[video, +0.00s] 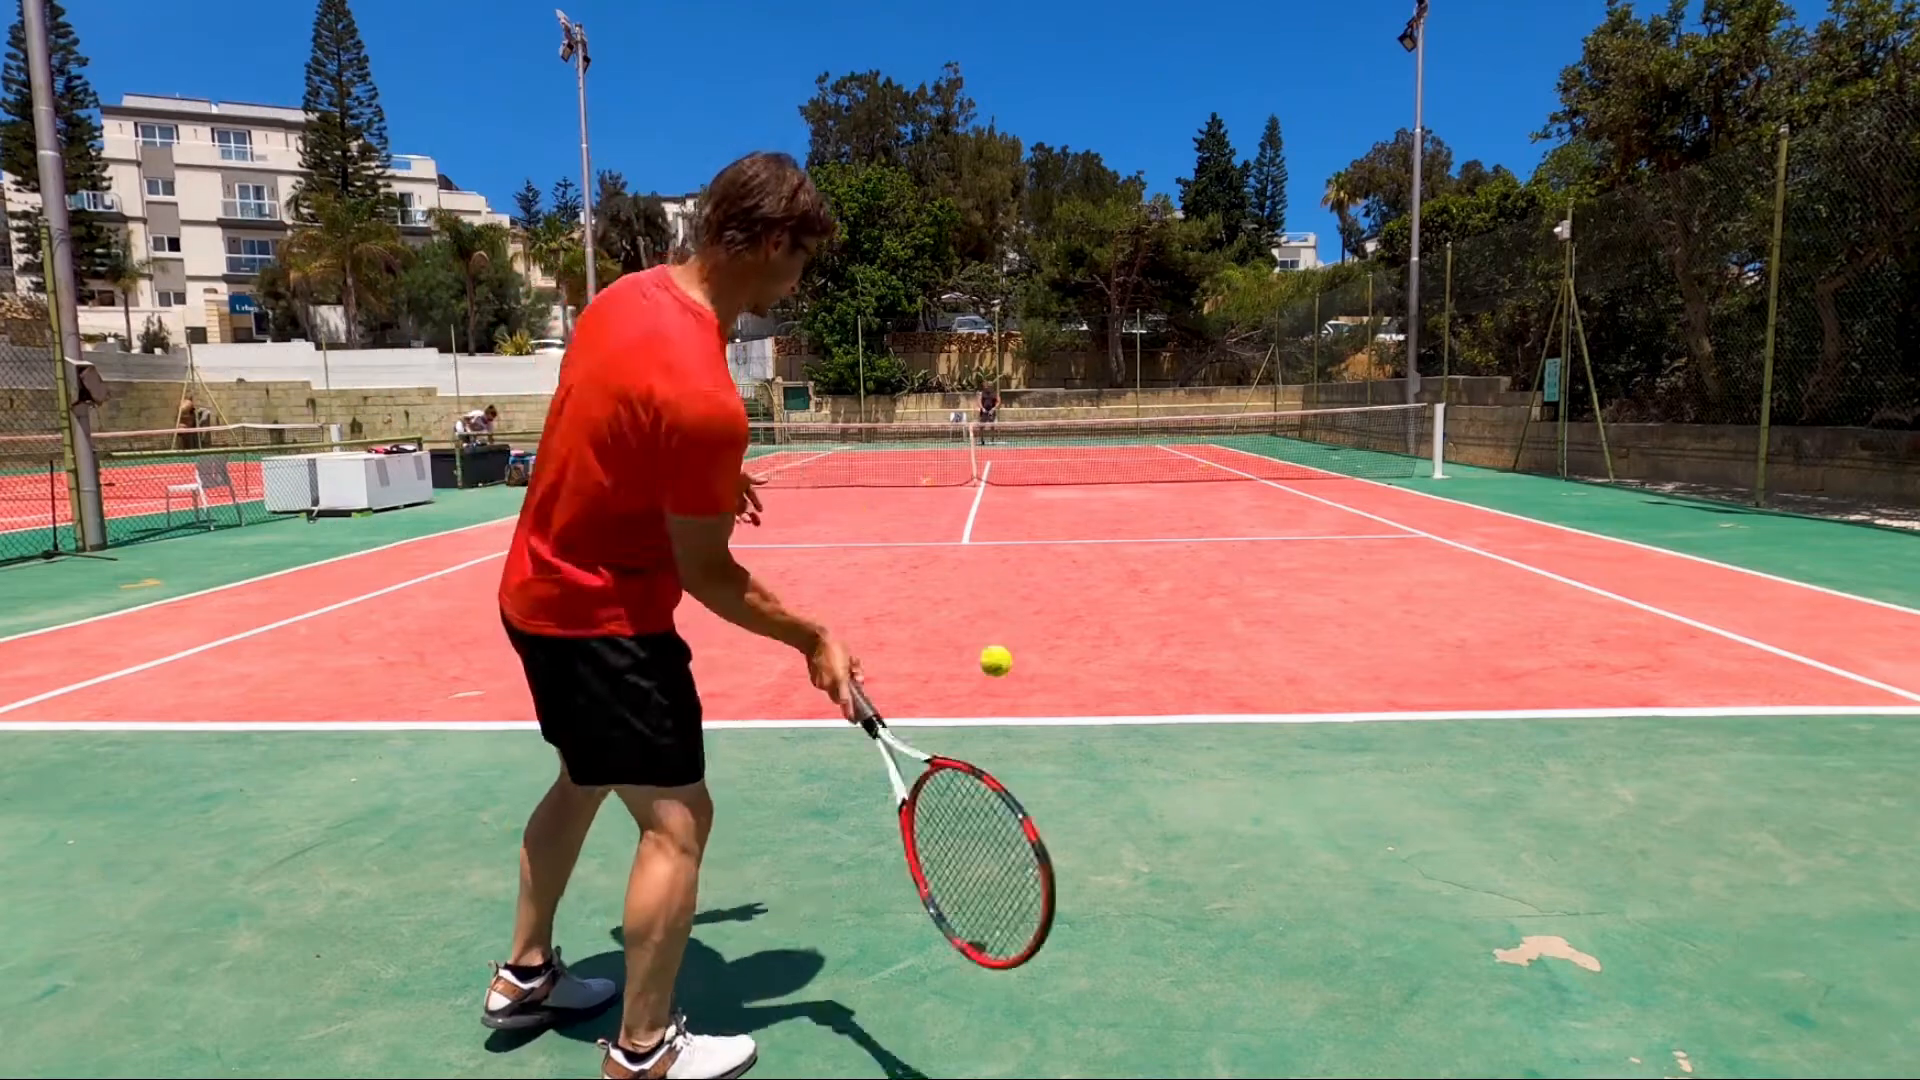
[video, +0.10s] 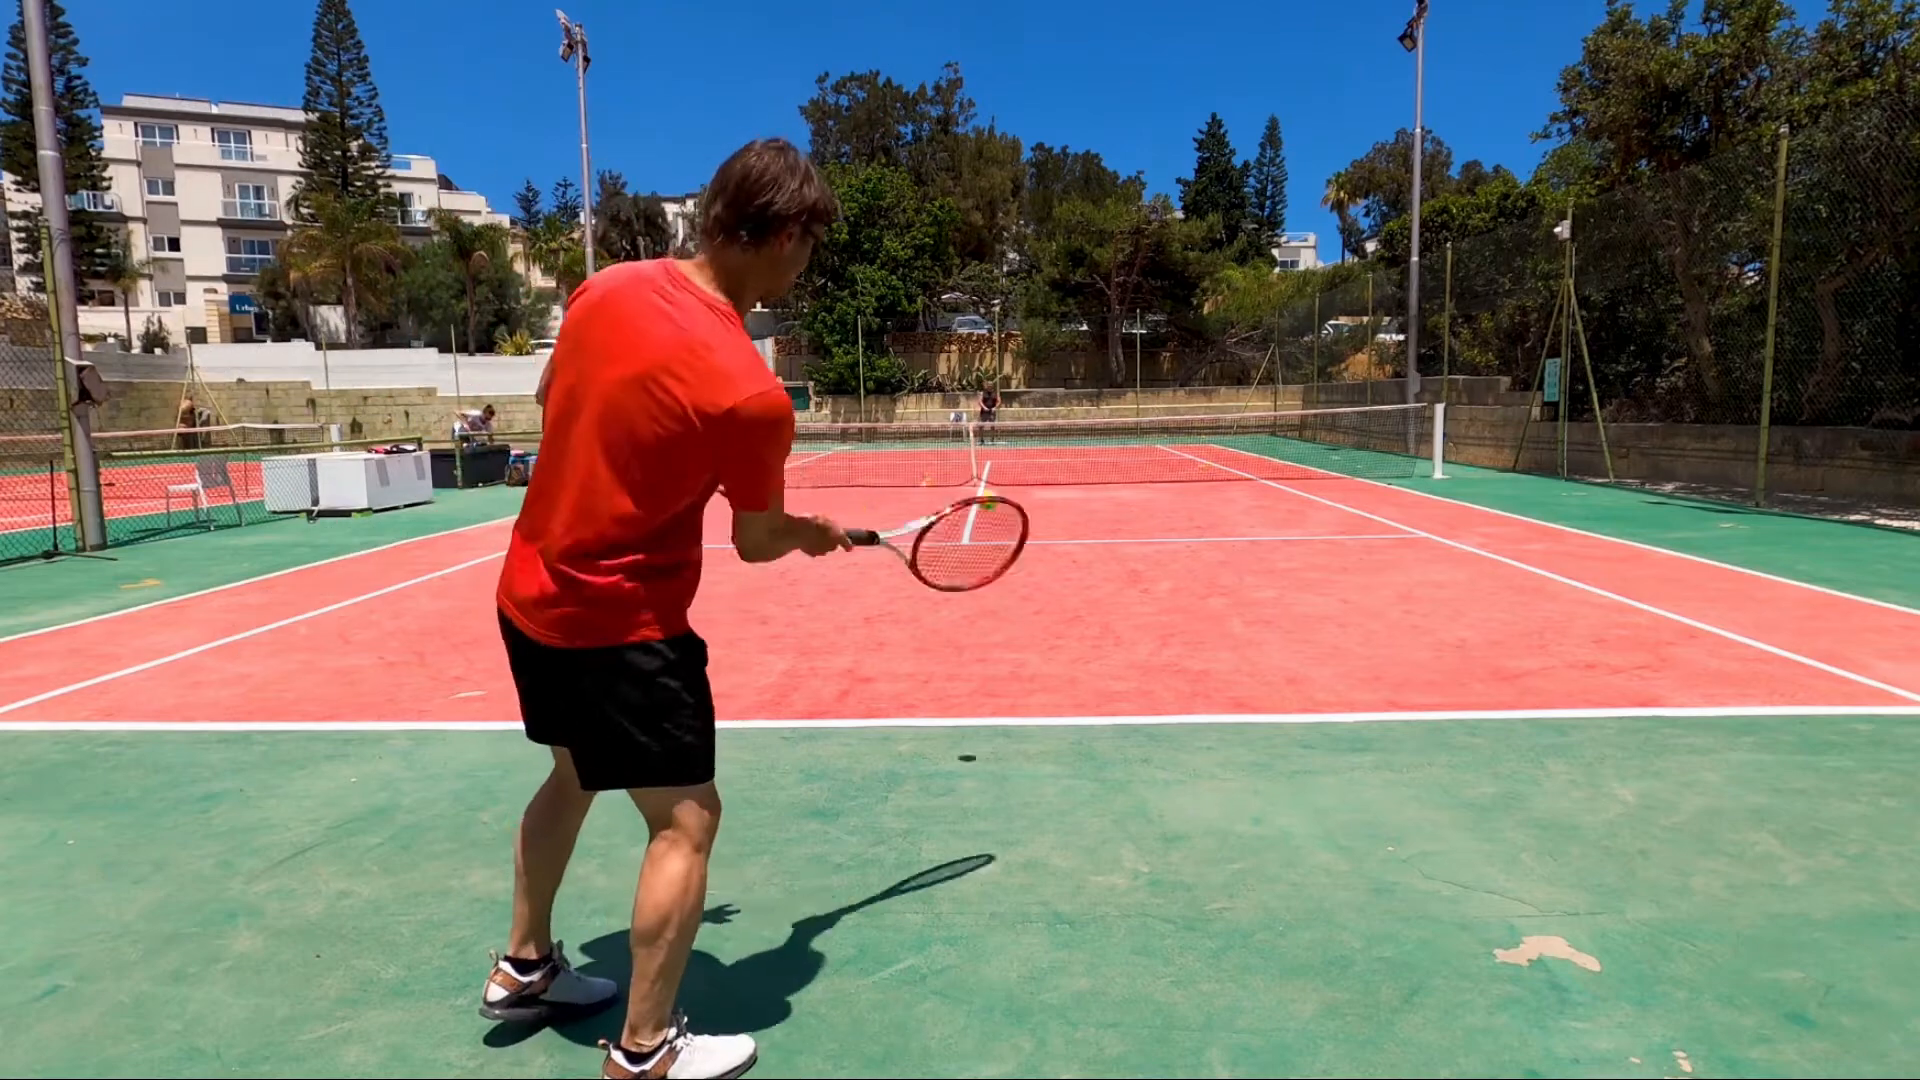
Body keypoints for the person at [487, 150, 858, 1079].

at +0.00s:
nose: (796, 284)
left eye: (803, 266)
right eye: (798, 262)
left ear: (719, 231)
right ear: (761, 247)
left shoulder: (625, 298)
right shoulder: (703, 400)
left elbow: (600, 431)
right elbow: (705, 571)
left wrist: (705, 478)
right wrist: (810, 638)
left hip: (542, 590)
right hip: (609, 619)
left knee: (583, 776)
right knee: (676, 819)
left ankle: (526, 971)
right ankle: (644, 1044)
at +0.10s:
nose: (803, 270)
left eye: (811, 251)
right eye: (806, 248)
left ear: (715, 218)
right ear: (773, 238)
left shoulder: (603, 290)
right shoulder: (747, 391)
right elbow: (758, 542)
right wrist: (811, 530)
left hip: (531, 596)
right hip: (628, 623)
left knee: (571, 774)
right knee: (684, 821)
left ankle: (524, 961)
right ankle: (645, 1043)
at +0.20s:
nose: (804, 248)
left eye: (807, 230)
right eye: (803, 230)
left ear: (708, 210)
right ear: (783, 231)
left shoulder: (601, 281)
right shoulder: (776, 373)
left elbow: (518, 388)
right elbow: (780, 495)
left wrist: (611, 423)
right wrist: (795, 399)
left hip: (536, 595)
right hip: (646, 621)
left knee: (555, 772)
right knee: (685, 825)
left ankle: (514, 966)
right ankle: (646, 1043)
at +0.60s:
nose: (729, 207)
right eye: (733, 195)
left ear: (639, 193)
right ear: (732, 206)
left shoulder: (553, 291)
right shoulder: (756, 342)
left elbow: (459, 427)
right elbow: (761, 479)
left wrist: (544, 449)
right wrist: (679, 432)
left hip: (539, 613)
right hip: (666, 631)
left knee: (525, 821)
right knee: (673, 837)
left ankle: (508, 1033)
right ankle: (645, 1045)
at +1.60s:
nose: (598, 242)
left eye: (598, 229)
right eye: (685, 231)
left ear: (598, 240)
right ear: (694, 243)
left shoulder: (545, 353)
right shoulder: (750, 356)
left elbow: (486, 513)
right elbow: (804, 513)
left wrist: (574, 528)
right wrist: (724, 553)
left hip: (587, 649)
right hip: (717, 646)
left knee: (573, 824)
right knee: (765, 841)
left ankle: (585, 1047)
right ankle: (770, 1058)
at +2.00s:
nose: (688, 166)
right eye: (687, 153)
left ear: (584, 160)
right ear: (684, 161)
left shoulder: (514, 276)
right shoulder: (734, 277)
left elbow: (460, 436)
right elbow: (801, 437)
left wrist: (552, 468)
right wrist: (723, 494)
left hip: (546, 586)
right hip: (687, 587)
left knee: (507, 789)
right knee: (753, 811)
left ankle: (446, 1017)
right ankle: (776, 1050)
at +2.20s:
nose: (676, 287)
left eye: (669, 271)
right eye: (673, 273)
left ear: (568, 283)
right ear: (663, 285)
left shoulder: (498, 389)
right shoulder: (689, 397)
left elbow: (449, 554)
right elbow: (752, 566)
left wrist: (545, 578)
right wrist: (695, 615)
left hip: (498, 708)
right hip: (637, 710)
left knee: (457, 877)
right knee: (769, 865)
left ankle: (362, 1069)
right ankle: (764, 1072)